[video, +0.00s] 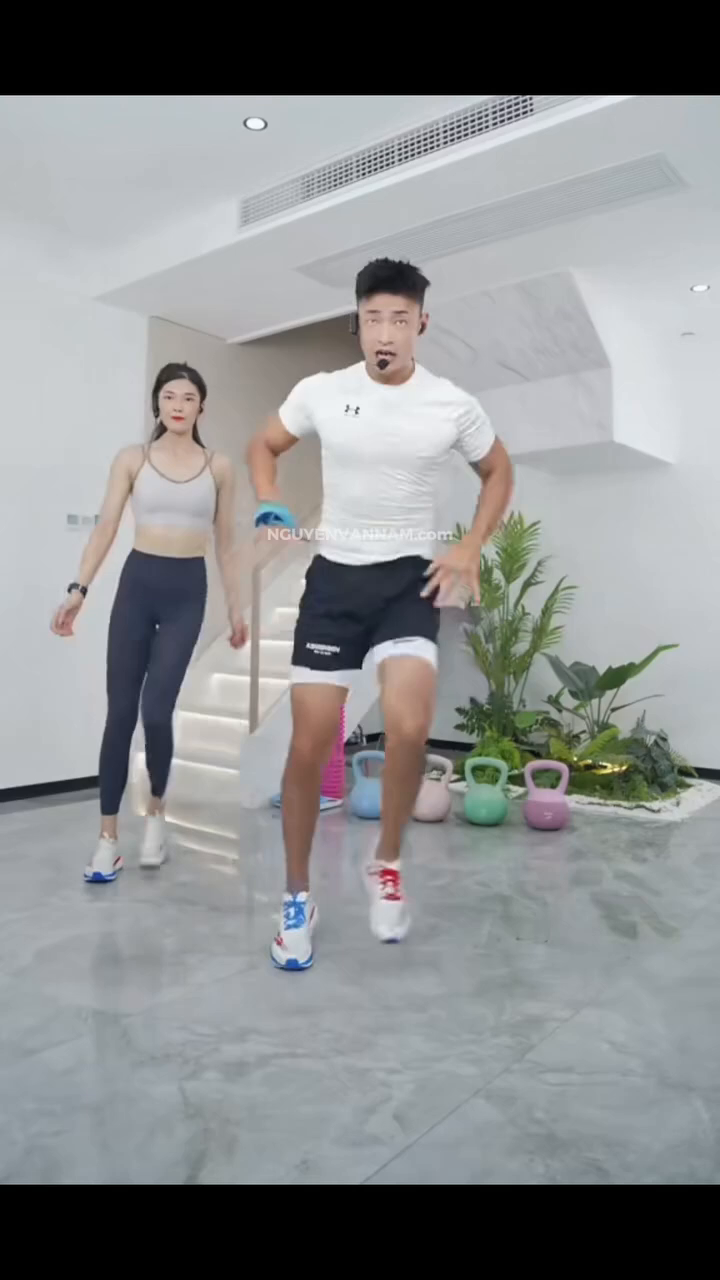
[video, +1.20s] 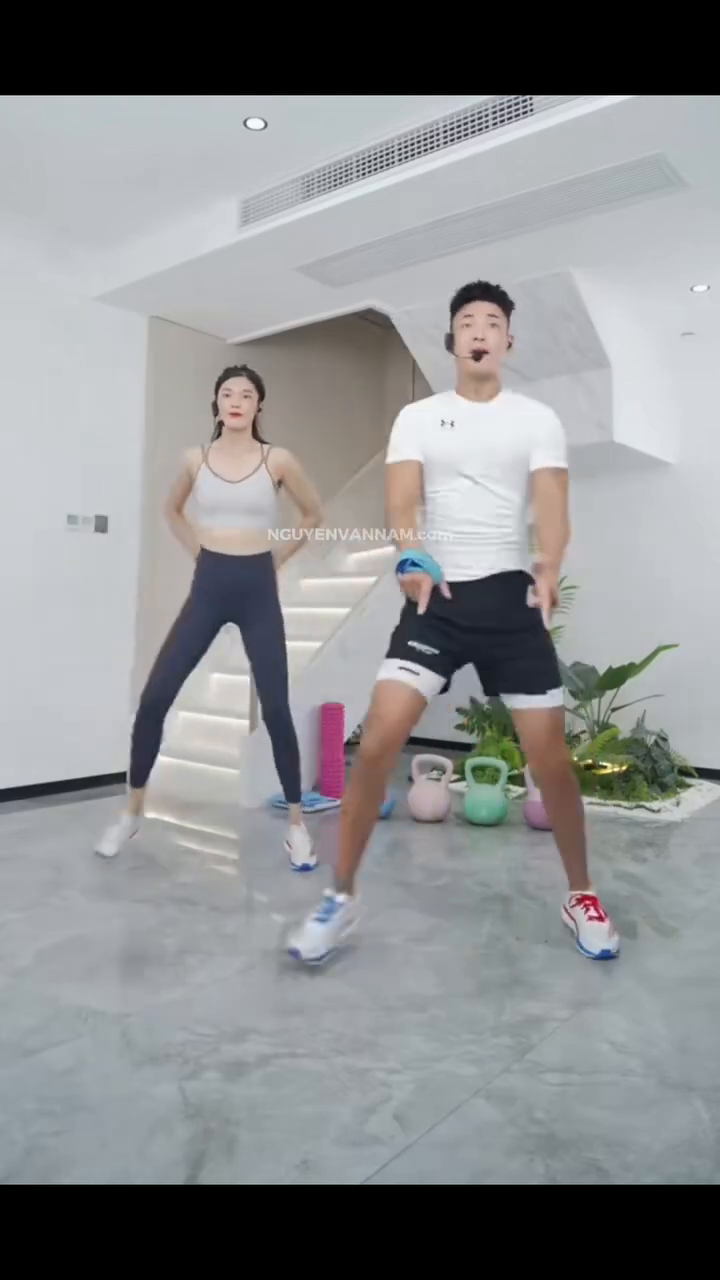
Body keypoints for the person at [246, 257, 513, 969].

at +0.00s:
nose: (385, 332)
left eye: (399, 319)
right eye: (373, 319)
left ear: (421, 326)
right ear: (357, 325)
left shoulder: (454, 406)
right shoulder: (321, 393)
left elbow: (499, 473)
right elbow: (263, 448)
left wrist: (472, 547)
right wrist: (270, 508)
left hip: (411, 582)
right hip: (334, 580)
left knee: (411, 728)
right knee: (309, 746)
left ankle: (387, 863)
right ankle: (296, 894)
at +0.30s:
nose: (384, 368)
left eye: (397, 355)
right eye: (372, 356)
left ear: (420, 362)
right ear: (358, 366)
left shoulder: (453, 438)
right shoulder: (334, 437)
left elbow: (498, 513)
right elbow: (278, 503)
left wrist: (500, 585)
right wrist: (280, 555)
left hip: (427, 611)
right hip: (348, 612)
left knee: (469, 742)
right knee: (314, 759)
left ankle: (429, 861)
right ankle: (289, 902)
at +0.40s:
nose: (410, 346)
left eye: (423, 333)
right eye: (397, 335)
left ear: (444, 343)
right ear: (383, 349)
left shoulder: (474, 425)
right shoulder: (355, 426)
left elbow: (506, 508)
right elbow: (330, 511)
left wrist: (514, 570)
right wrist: (327, 551)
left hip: (453, 602)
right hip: (373, 606)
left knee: (521, 743)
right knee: (333, 764)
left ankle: (524, 874)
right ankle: (296, 902)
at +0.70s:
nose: (493, 380)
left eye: (505, 367)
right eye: (480, 368)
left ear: (523, 370)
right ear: (461, 374)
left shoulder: (555, 436)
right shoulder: (435, 443)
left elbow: (589, 513)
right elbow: (421, 529)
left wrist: (605, 576)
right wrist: (423, 596)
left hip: (543, 606)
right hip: (463, 607)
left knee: (576, 749)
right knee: (421, 724)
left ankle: (583, 898)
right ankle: (392, 874)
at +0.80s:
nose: (514, 383)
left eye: (526, 370)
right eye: (501, 370)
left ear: (542, 372)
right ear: (480, 374)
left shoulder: (569, 440)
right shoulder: (446, 446)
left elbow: (604, 519)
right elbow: (433, 534)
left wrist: (620, 581)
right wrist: (441, 598)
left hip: (549, 602)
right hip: (473, 605)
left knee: (575, 750)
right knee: (480, 726)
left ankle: (588, 896)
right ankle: (483, 873)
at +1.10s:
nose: (512, 356)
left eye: (524, 347)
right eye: (500, 345)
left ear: (539, 363)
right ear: (481, 359)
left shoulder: (560, 441)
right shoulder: (443, 436)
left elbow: (579, 522)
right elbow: (431, 519)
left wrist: (580, 585)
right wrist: (441, 577)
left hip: (537, 615)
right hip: (461, 612)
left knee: (571, 778)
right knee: (408, 743)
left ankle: (583, 899)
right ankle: (431, 879)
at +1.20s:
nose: (481, 332)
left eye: (492, 323)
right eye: (469, 323)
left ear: (510, 341)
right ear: (451, 341)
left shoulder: (537, 421)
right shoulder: (417, 418)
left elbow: (551, 511)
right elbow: (402, 508)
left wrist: (547, 574)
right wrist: (413, 558)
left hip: (512, 602)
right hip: (434, 602)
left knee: (551, 760)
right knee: (375, 744)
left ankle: (582, 897)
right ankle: (340, 896)